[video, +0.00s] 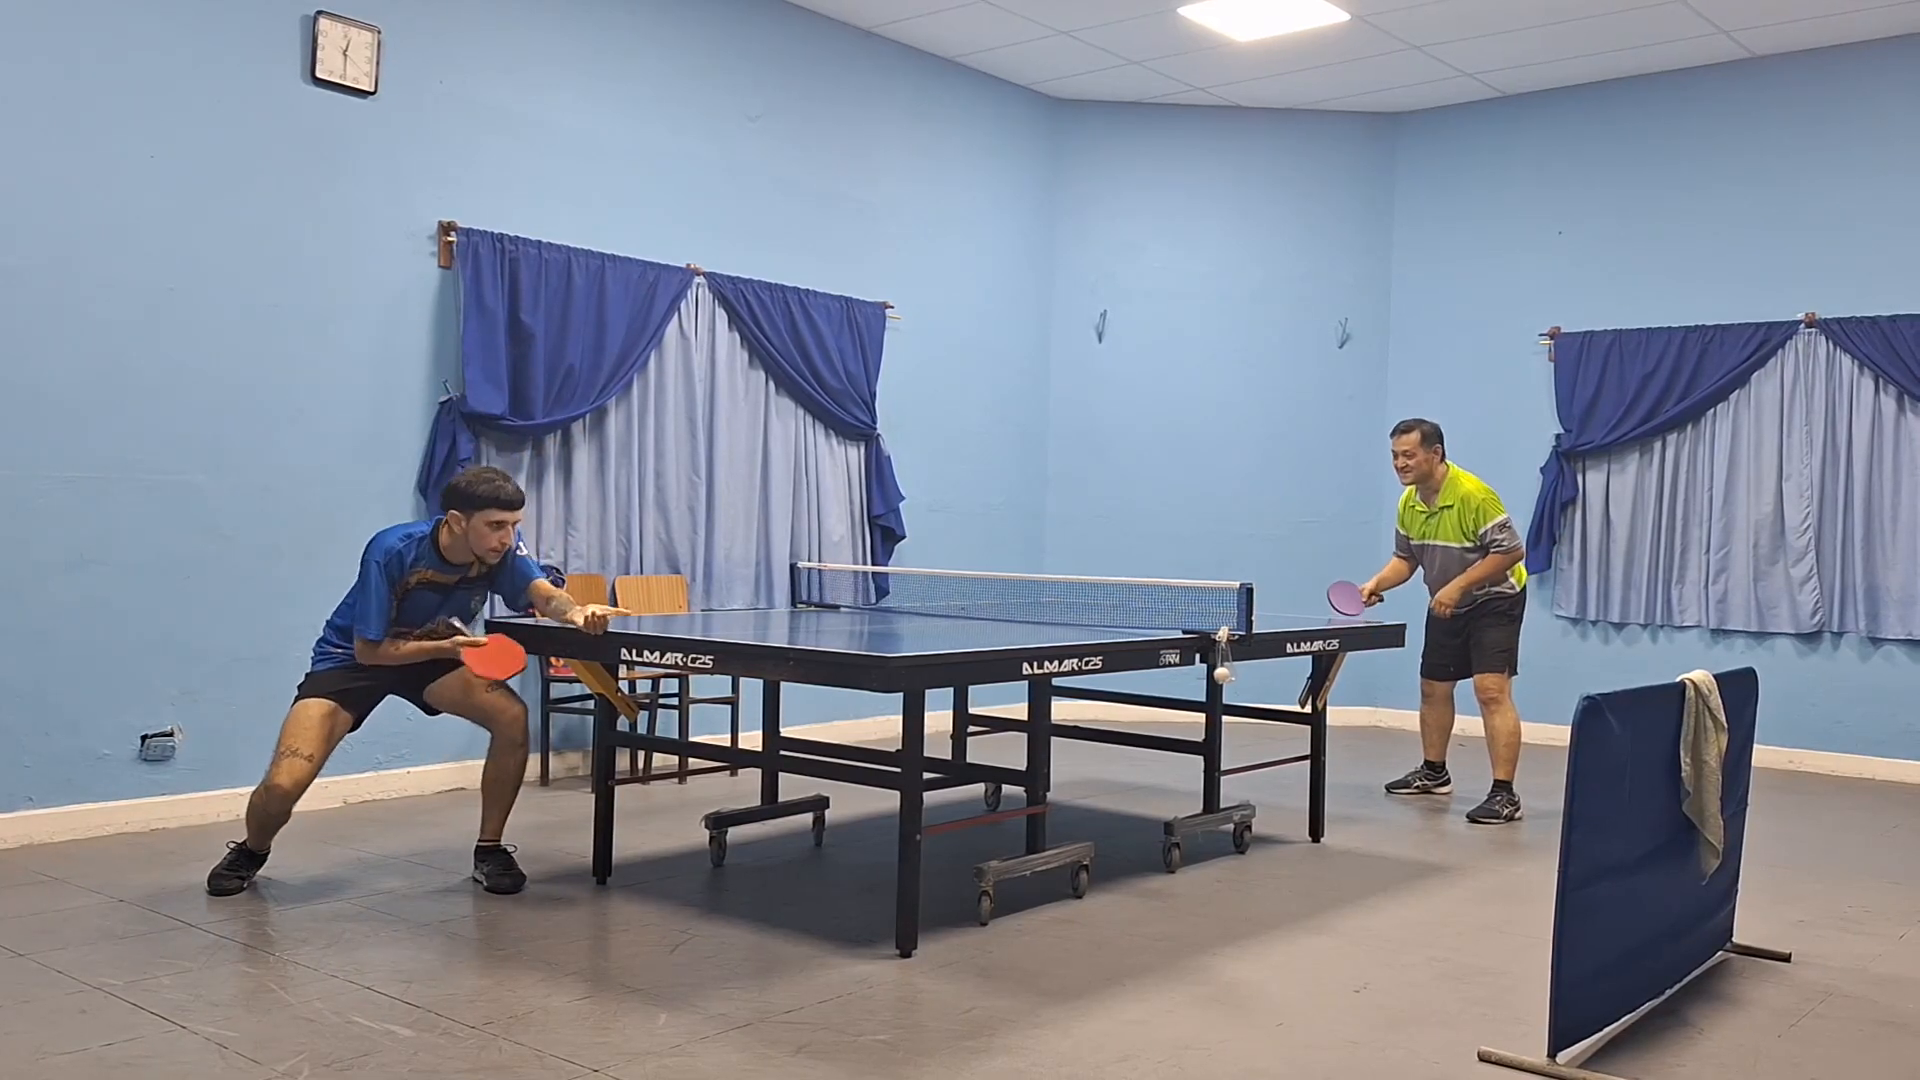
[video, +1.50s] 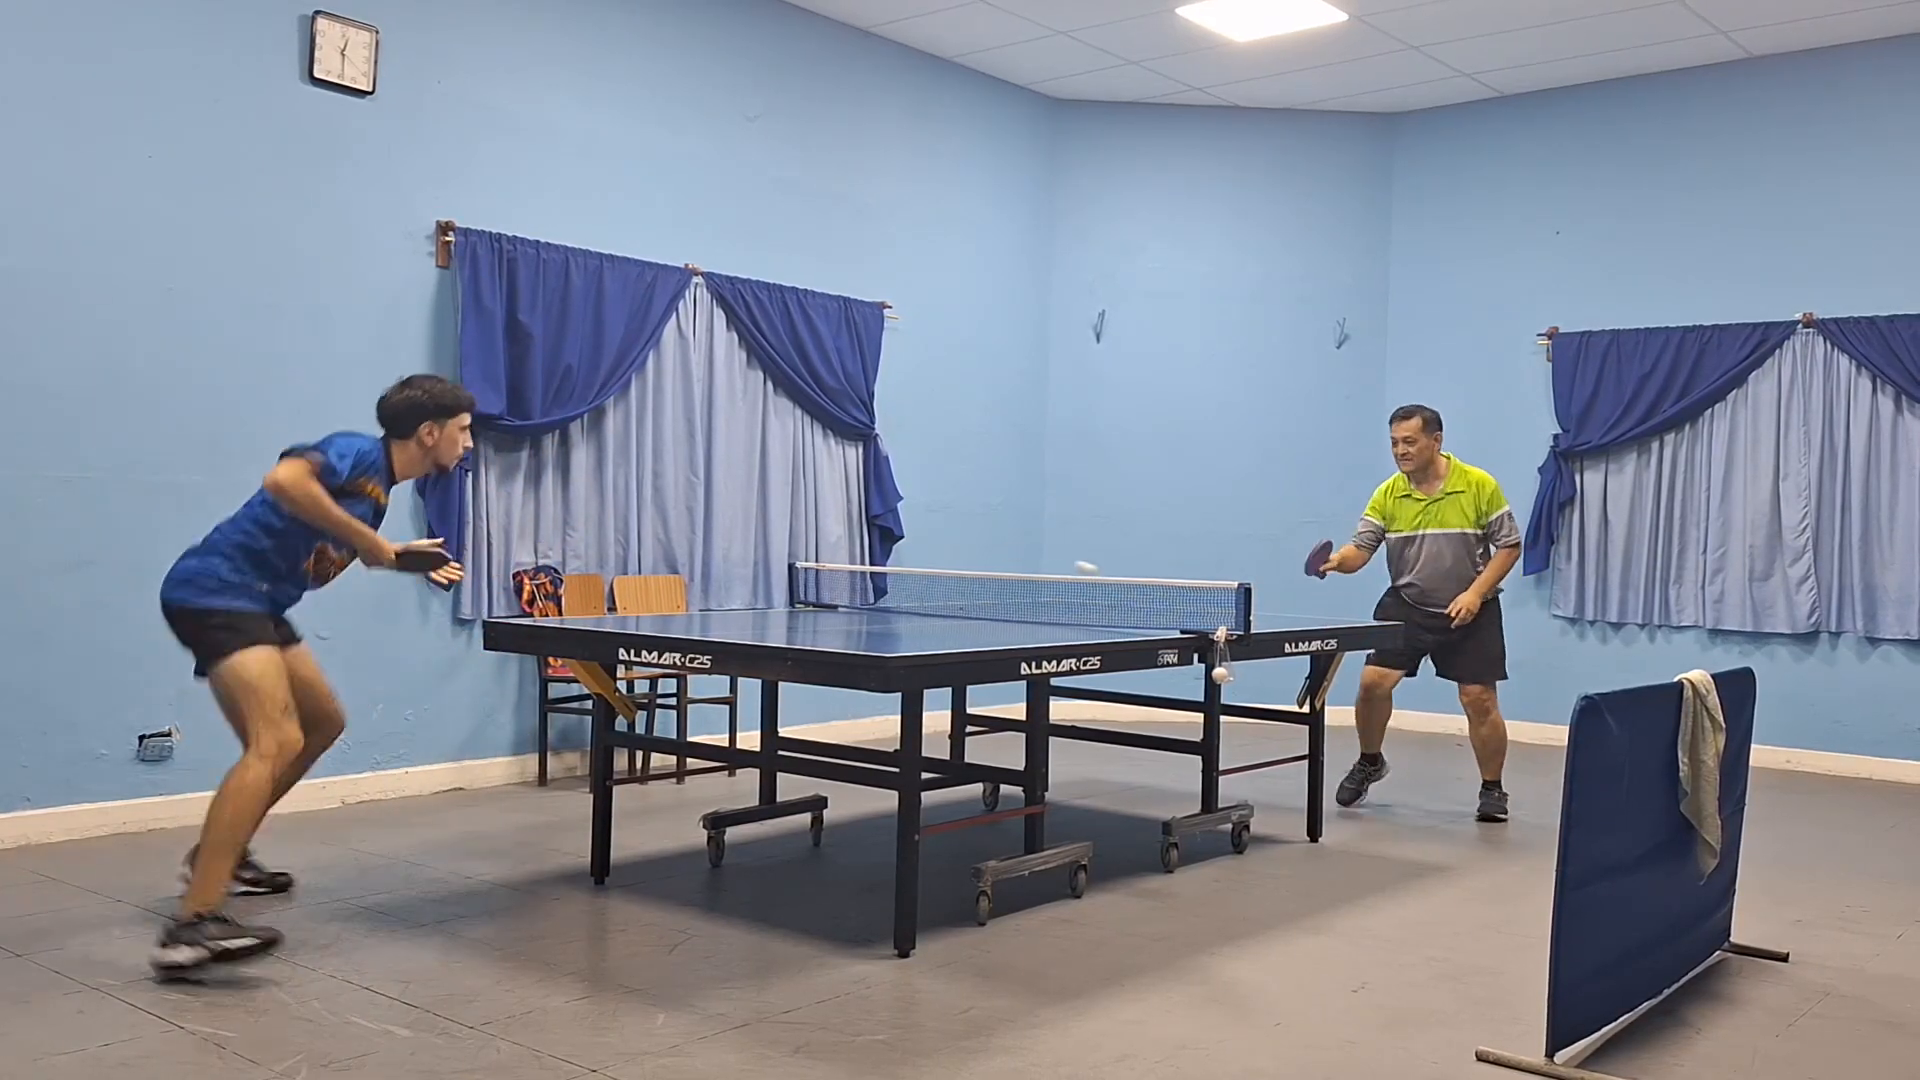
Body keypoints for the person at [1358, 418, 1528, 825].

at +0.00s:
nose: (1400, 463)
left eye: (1408, 455)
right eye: (1395, 456)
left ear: (1435, 455)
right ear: (1394, 458)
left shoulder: (1472, 495)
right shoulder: (1408, 503)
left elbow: (1510, 549)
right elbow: (1406, 558)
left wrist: (1459, 586)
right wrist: (1378, 582)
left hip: (1494, 600)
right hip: (1445, 604)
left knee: (1491, 690)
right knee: (1433, 686)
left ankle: (1503, 793)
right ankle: (1434, 771)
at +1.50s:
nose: (1401, 450)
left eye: (1410, 441)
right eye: (1395, 442)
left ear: (1436, 441)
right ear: (1391, 445)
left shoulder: (1478, 485)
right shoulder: (1388, 493)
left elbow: (1510, 545)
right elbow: (1361, 548)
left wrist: (1476, 592)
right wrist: (1338, 559)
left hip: (1470, 610)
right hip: (1407, 607)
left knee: (1478, 699)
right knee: (1373, 684)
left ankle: (1492, 789)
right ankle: (1369, 761)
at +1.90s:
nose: (1404, 468)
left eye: (1415, 460)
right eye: (1397, 459)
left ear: (1438, 460)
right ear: (1389, 457)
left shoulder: (1461, 499)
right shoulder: (1377, 498)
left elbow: (1484, 552)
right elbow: (1344, 528)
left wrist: (1496, 603)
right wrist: (1327, 538)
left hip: (1445, 617)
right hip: (1381, 616)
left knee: (1472, 702)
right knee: (1374, 695)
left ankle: (1485, 788)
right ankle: (1356, 794)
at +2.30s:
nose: (1401, 444)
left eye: (1411, 435)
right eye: (1397, 436)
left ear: (1439, 438)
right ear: (1395, 442)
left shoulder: (1480, 487)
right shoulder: (1396, 495)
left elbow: (1525, 541)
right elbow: (1379, 546)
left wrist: (1484, 591)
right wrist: (1338, 561)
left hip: (1479, 614)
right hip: (1417, 613)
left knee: (1501, 704)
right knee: (1387, 690)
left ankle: (1526, 796)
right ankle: (1356, 786)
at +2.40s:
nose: (1400, 443)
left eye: (1408, 434)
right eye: (1397, 436)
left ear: (1438, 436)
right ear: (1398, 442)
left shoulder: (1471, 479)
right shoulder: (1413, 492)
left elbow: (1502, 535)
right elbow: (1404, 552)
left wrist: (1437, 561)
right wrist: (1362, 572)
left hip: (1489, 608)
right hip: (1432, 608)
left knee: (1503, 704)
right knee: (1391, 682)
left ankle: (1526, 796)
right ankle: (1398, 775)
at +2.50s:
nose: (1399, 458)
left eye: (1405, 449)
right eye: (1395, 452)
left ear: (1433, 446)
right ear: (1395, 457)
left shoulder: (1462, 482)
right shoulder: (1426, 500)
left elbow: (1441, 549)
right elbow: (1426, 571)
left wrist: (1395, 548)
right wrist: (1386, 608)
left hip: (1494, 607)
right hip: (1446, 611)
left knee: (1494, 705)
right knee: (1407, 685)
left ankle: (1528, 797)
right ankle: (1428, 763)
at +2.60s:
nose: (1390, 473)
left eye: (1396, 464)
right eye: (1387, 467)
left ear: (1424, 460)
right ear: (1424, 464)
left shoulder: (1444, 493)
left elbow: (1397, 553)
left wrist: (1362, 563)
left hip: (1491, 611)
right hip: (1457, 617)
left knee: (1477, 708)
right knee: (1424, 695)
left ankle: (1528, 798)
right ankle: (1434, 775)